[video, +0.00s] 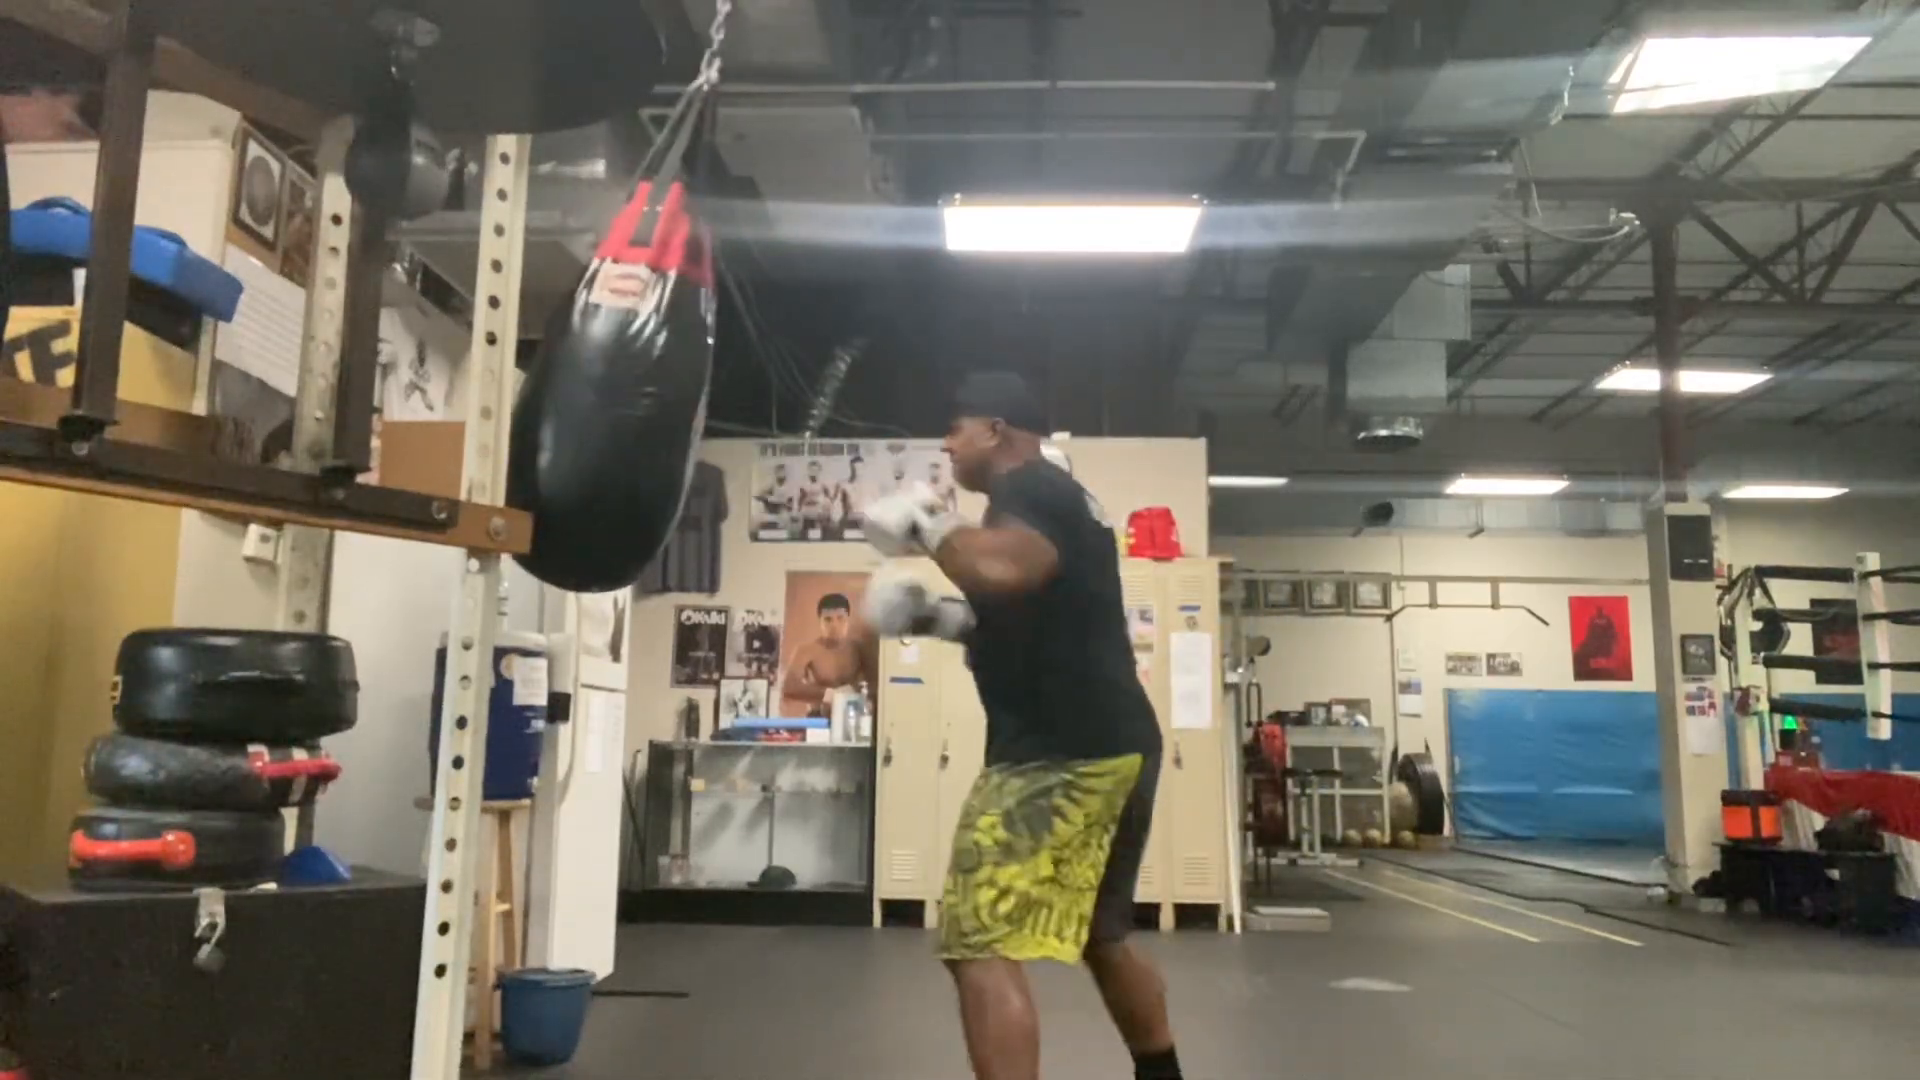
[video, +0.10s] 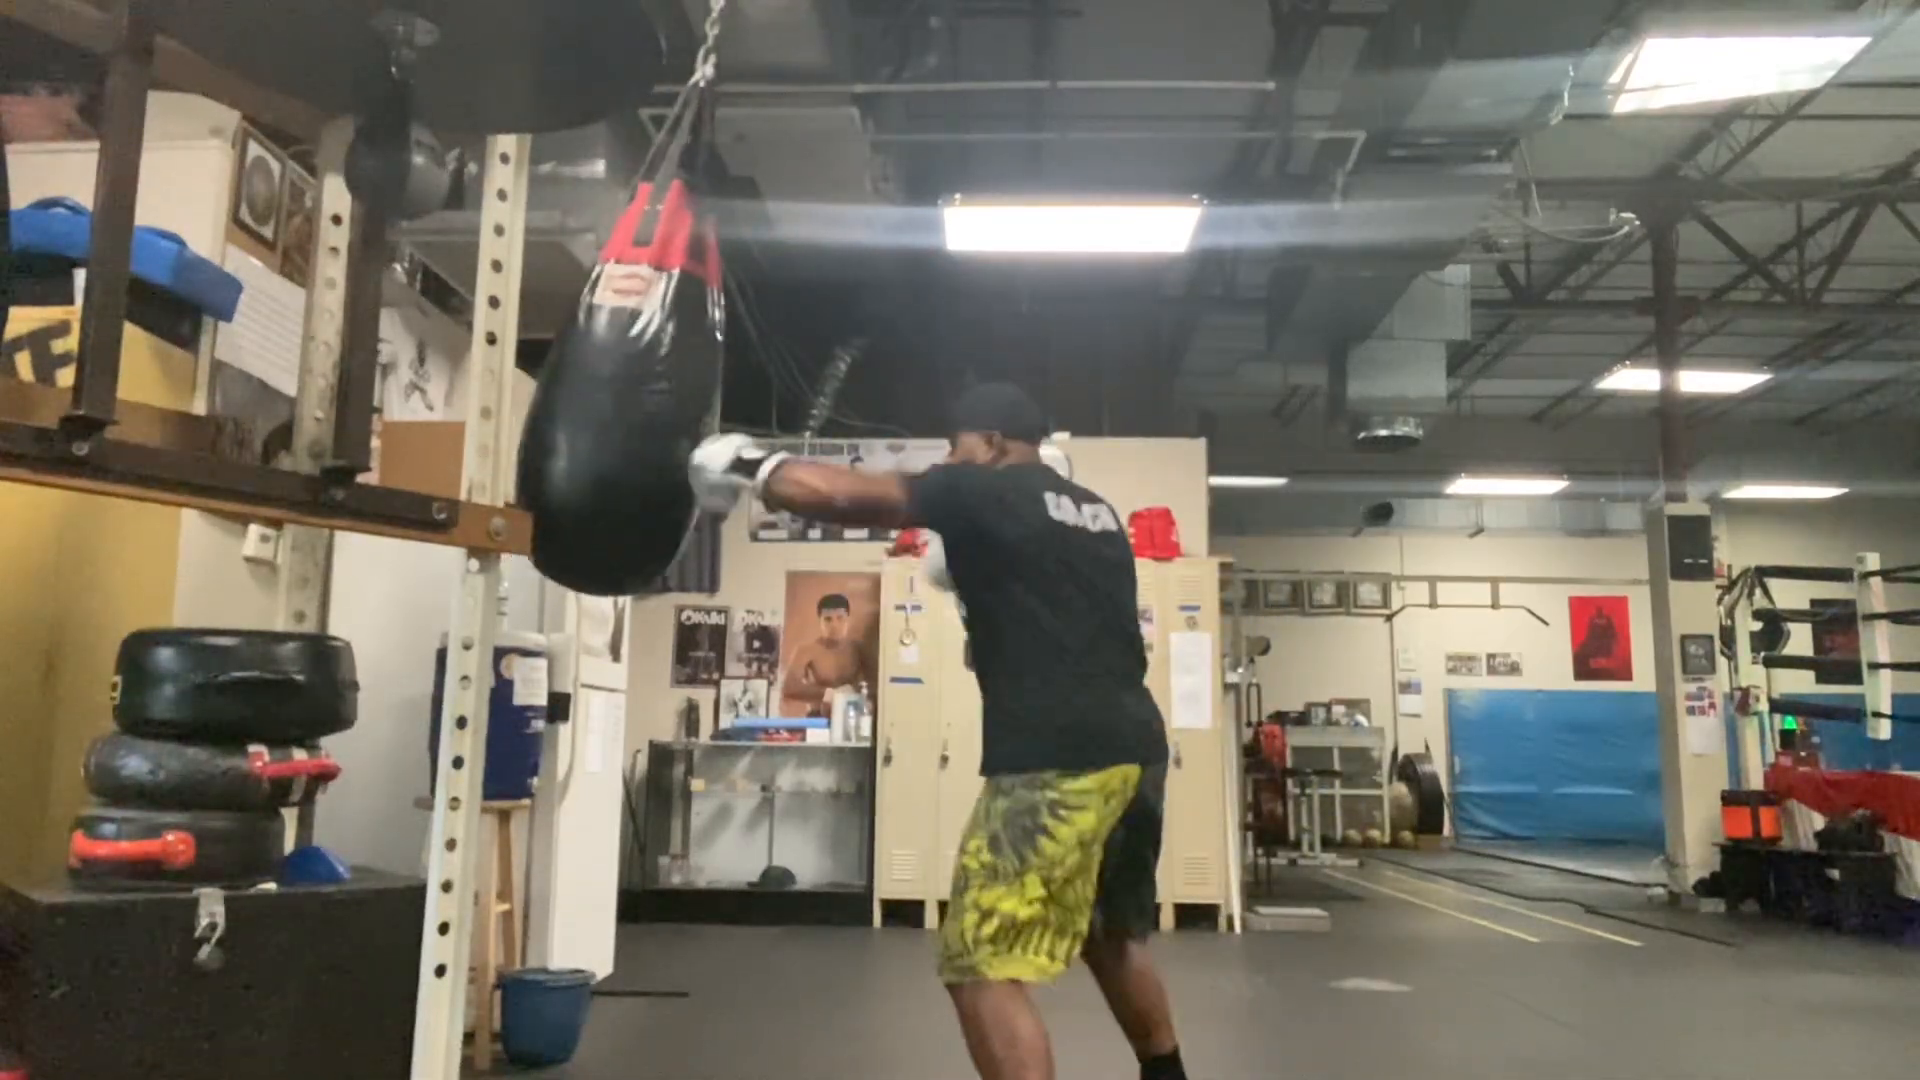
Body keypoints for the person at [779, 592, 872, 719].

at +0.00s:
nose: (834, 625)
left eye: (840, 618)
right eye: (828, 619)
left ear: (848, 620)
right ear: (819, 622)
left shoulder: (858, 650)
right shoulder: (806, 651)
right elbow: (789, 687)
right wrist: (826, 694)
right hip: (820, 717)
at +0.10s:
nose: (834, 625)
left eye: (840, 618)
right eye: (828, 619)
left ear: (848, 620)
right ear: (819, 621)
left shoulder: (859, 651)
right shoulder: (806, 651)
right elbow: (790, 688)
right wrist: (826, 694)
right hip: (820, 718)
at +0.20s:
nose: (834, 625)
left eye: (840, 618)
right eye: (828, 619)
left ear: (847, 620)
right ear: (819, 621)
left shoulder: (858, 650)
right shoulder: (805, 651)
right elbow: (790, 688)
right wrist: (827, 694)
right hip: (819, 717)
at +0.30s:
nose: (834, 625)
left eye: (840, 618)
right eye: (828, 619)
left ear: (848, 620)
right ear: (819, 621)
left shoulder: (858, 651)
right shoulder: (805, 651)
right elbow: (790, 688)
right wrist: (826, 694)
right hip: (819, 718)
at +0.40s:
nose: (834, 625)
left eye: (840, 618)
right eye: (828, 619)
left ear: (847, 620)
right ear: (819, 621)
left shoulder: (858, 651)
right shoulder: (806, 651)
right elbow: (790, 688)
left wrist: (816, 687)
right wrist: (827, 694)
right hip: (819, 717)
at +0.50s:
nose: (834, 625)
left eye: (840, 618)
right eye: (828, 619)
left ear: (847, 619)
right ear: (819, 621)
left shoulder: (858, 651)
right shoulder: (806, 651)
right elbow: (790, 688)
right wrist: (826, 694)